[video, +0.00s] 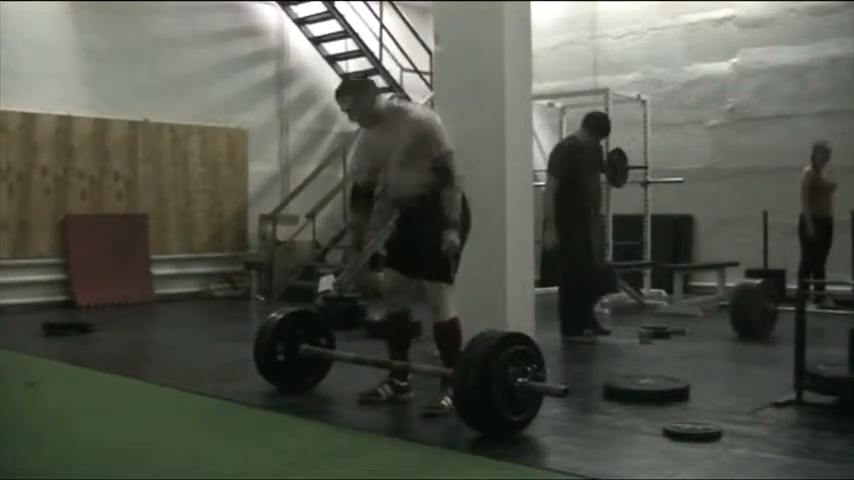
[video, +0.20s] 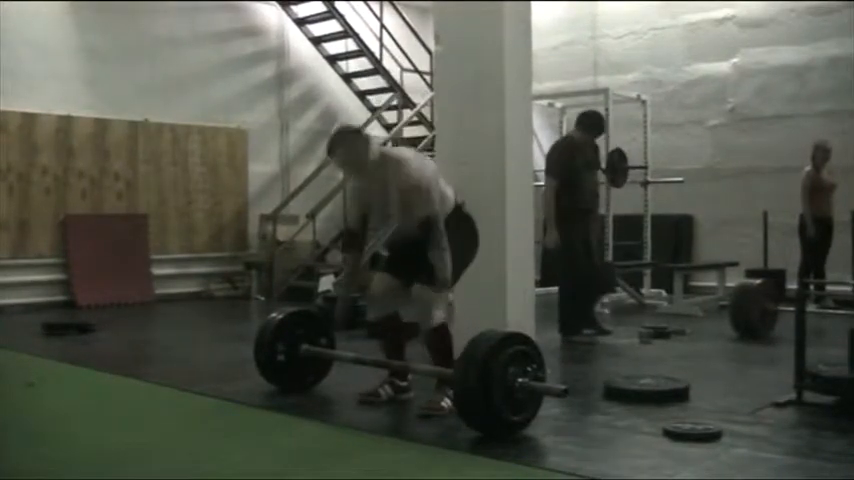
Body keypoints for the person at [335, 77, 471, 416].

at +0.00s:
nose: (351, 117)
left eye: (353, 108)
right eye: (347, 112)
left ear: (371, 96)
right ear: (349, 110)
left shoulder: (421, 122)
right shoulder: (368, 141)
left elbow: (448, 175)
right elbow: (361, 197)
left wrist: (452, 227)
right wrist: (355, 249)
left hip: (438, 213)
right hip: (402, 217)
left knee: (439, 299)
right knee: (395, 297)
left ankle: (451, 386)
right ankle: (399, 379)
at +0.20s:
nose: (342, 167)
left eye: (342, 158)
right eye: (337, 161)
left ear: (358, 148)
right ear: (344, 156)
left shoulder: (408, 168)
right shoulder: (361, 179)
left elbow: (433, 224)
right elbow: (355, 232)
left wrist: (443, 274)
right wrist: (352, 274)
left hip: (449, 233)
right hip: (406, 237)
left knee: (430, 307)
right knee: (382, 300)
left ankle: (446, 388)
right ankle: (398, 379)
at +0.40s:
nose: (343, 220)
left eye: (345, 212)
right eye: (340, 214)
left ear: (361, 204)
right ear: (343, 211)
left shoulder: (411, 226)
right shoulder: (357, 229)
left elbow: (432, 286)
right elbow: (354, 279)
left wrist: (440, 331)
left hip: (449, 270)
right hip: (402, 273)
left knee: (416, 327)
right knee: (371, 320)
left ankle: (442, 387)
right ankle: (397, 381)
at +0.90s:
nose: (334, 185)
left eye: (338, 177)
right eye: (332, 178)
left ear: (358, 171)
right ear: (335, 175)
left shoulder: (410, 191)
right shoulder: (352, 199)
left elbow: (447, 245)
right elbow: (349, 250)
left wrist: (443, 298)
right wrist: (351, 298)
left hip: (444, 233)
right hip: (403, 242)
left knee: (429, 311)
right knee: (381, 306)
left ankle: (442, 389)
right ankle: (395, 380)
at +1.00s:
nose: (332, 158)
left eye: (336, 150)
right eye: (330, 151)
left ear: (357, 146)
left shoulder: (394, 166)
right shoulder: (355, 177)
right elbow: (355, 224)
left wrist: (447, 270)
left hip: (441, 221)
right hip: (404, 230)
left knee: (430, 302)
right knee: (386, 300)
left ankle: (443, 388)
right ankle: (396, 379)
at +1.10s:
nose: (349, 102)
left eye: (356, 95)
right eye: (348, 96)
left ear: (376, 95)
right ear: (355, 99)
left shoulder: (410, 128)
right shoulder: (360, 139)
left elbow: (455, 169)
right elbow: (351, 187)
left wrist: (451, 221)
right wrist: (345, 226)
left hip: (428, 223)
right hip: (391, 225)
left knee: (424, 301)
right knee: (376, 296)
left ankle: (441, 387)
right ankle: (394, 381)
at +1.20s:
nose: (368, 71)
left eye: (375, 64)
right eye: (365, 65)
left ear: (395, 63)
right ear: (366, 71)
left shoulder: (427, 107)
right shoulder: (368, 118)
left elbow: (464, 151)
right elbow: (351, 162)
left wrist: (450, 189)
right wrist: (341, 199)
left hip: (429, 209)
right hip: (388, 212)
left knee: (420, 292)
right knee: (374, 290)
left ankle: (439, 384)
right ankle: (389, 375)